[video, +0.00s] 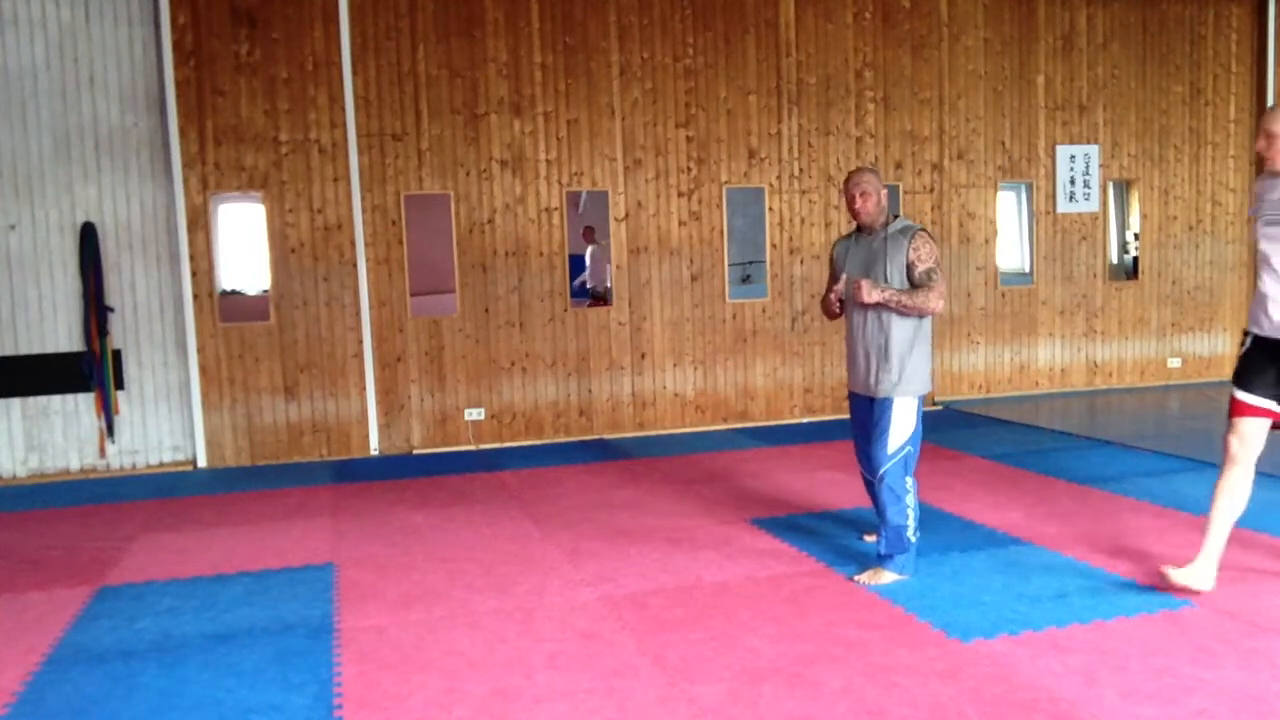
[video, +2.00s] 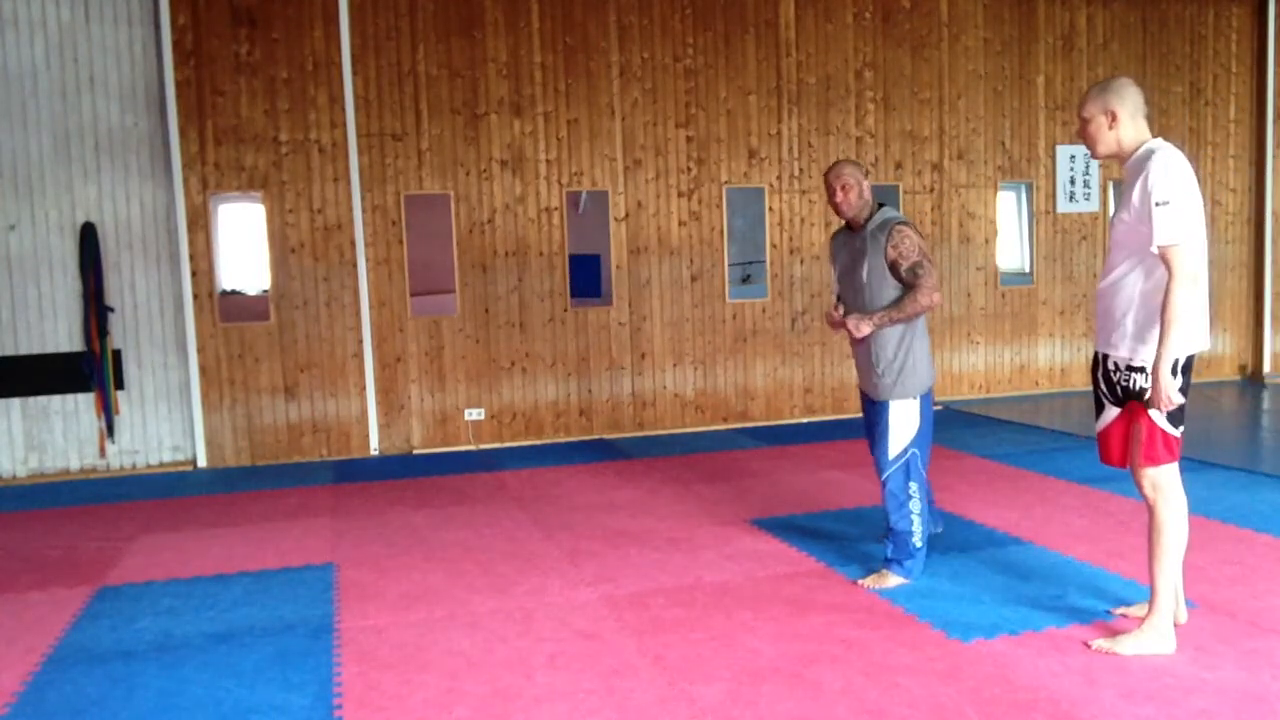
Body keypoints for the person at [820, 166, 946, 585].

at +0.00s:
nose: (857, 202)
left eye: (865, 194)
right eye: (851, 196)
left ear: (884, 196)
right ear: (845, 203)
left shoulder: (914, 240)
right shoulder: (843, 249)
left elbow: (935, 300)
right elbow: (831, 311)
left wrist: (879, 294)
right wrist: (833, 299)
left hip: (902, 377)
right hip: (862, 375)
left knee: (890, 468)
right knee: (871, 463)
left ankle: (899, 560)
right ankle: (895, 526)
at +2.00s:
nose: (840, 196)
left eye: (847, 187)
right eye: (833, 191)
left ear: (867, 186)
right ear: (830, 199)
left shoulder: (895, 233)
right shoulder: (840, 242)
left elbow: (929, 294)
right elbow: (848, 293)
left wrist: (874, 320)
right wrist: (839, 310)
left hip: (904, 378)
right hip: (872, 376)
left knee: (896, 472)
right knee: (891, 459)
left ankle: (905, 563)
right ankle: (923, 520)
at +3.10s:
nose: (886, 192)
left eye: (890, 184)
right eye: (876, 188)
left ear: (900, 189)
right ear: (864, 199)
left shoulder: (924, 228)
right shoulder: (861, 242)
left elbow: (936, 267)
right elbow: (824, 294)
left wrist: (879, 254)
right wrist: (829, 267)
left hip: (918, 365)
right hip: (881, 366)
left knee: (905, 462)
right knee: (903, 458)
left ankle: (903, 562)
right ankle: (933, 531)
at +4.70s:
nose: (876, 200)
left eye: (883, 190)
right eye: (869, 194)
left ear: (904, 189)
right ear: (865, 201)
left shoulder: (931, 236)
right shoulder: (875, 242)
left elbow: (948, 300)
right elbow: (866, 306)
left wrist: (888, 289)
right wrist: (848, 293)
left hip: (930, 375)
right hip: (898, 373)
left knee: (921, 470)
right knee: (907, 464)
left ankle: (928, 566)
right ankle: (922, 534)